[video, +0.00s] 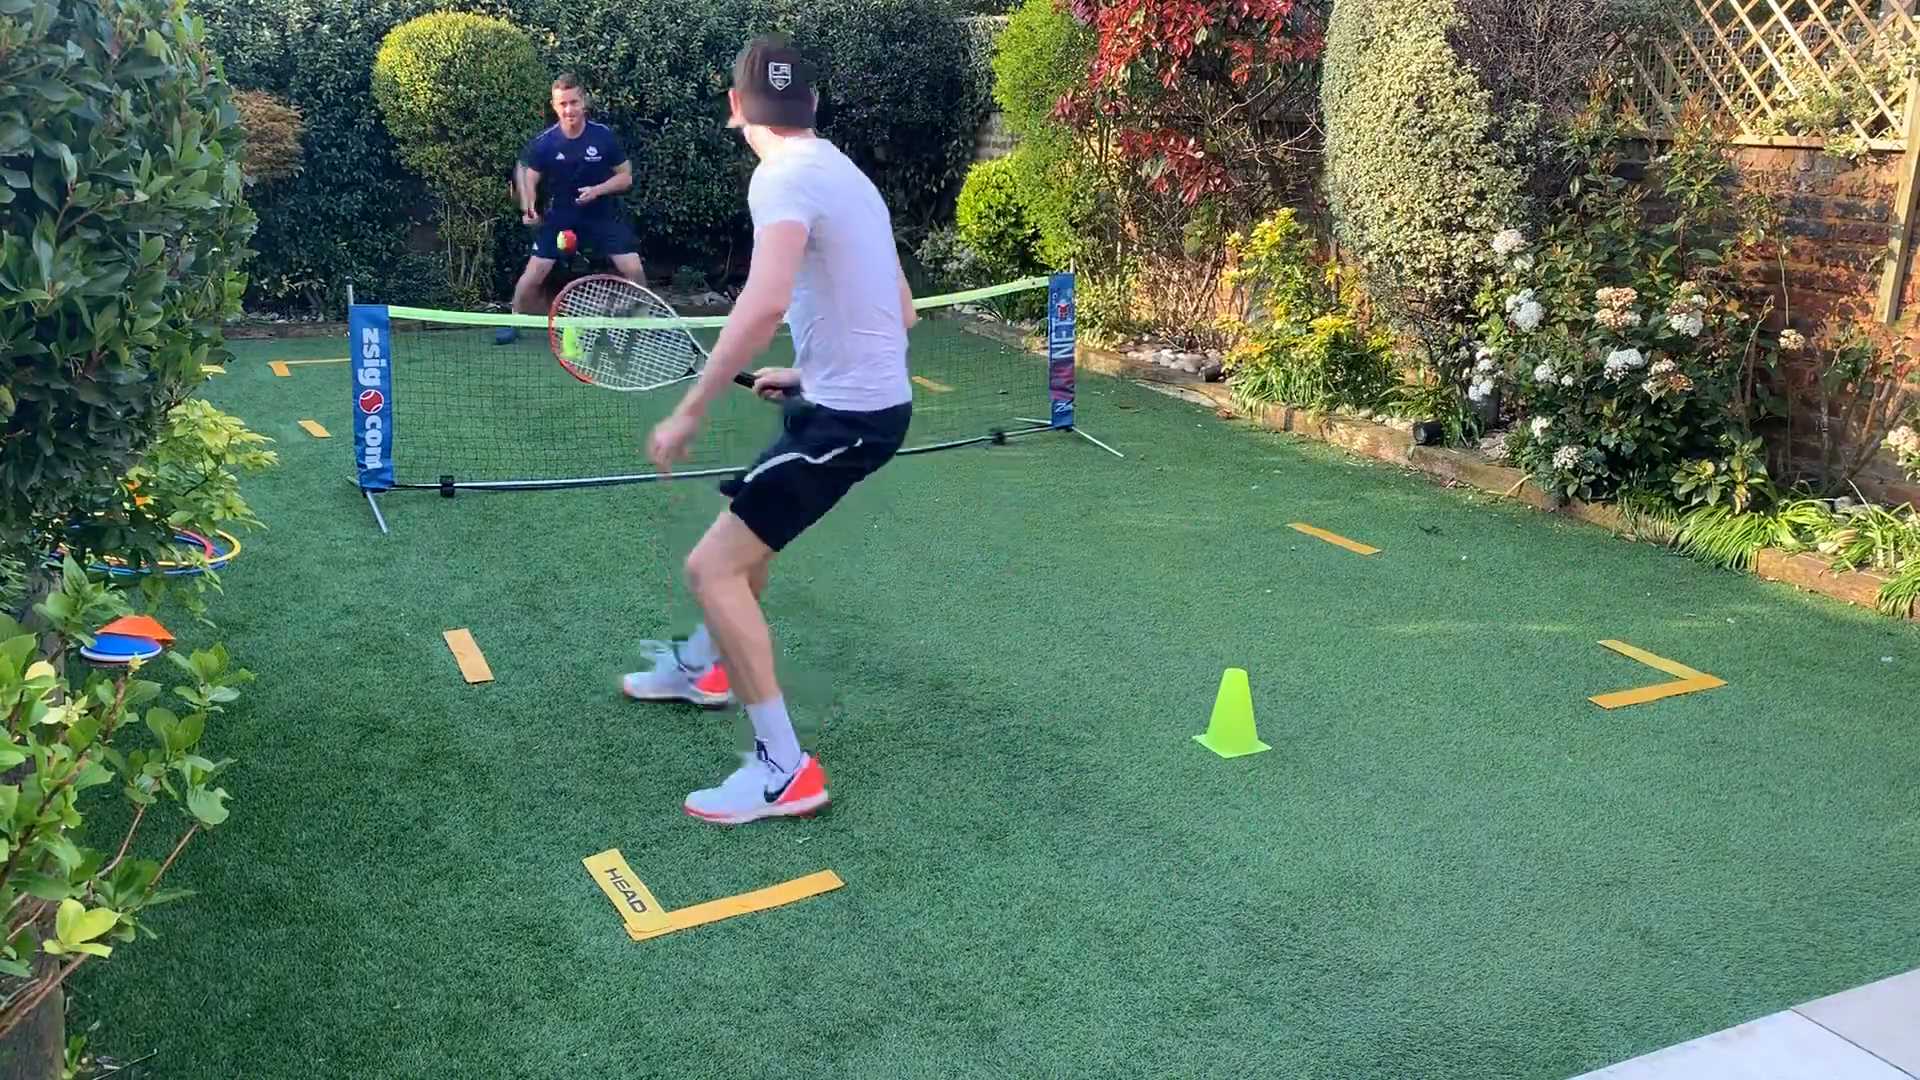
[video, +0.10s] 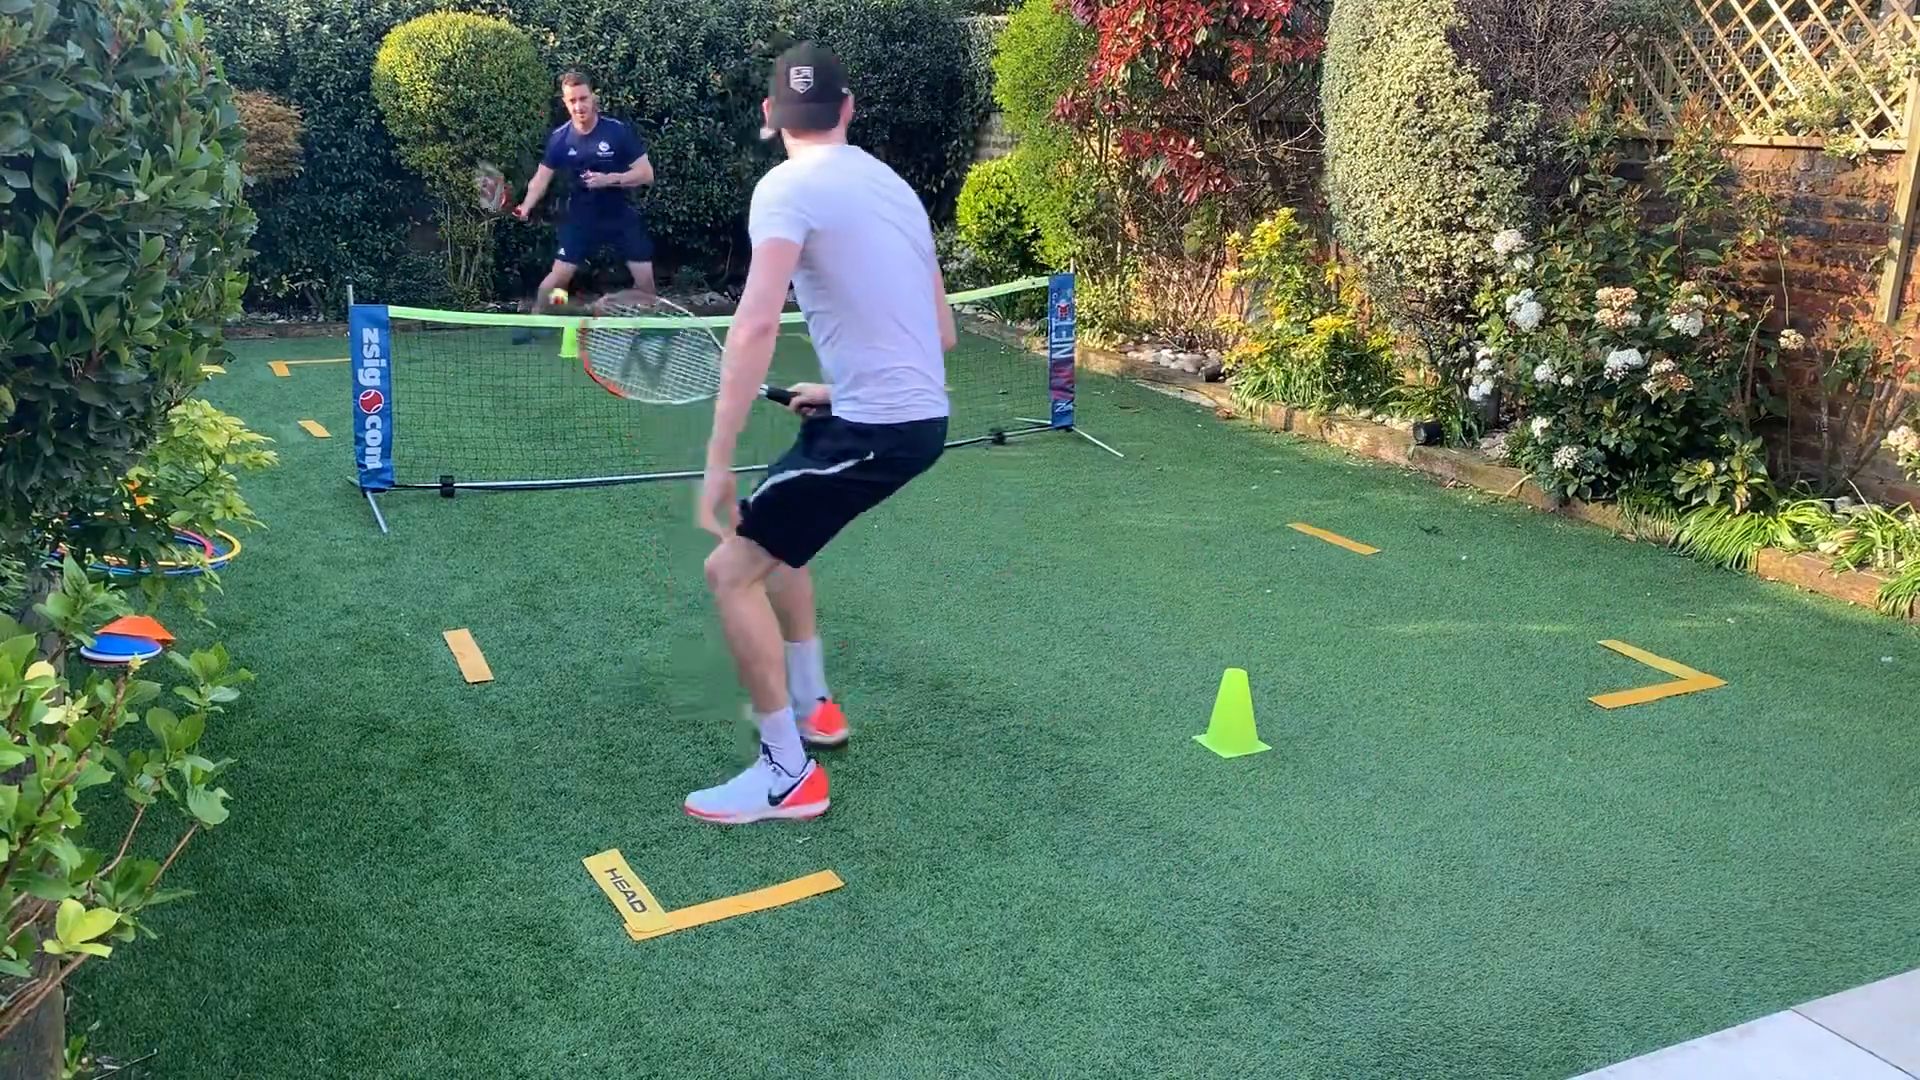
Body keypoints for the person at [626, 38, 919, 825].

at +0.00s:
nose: (730, 107)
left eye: (731, 97)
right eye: (735, 96)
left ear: (739, 107)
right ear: (809, 103)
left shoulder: (787, 176)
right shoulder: (842, 173)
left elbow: (765, 301)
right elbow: (899, 310)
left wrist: (689, 414)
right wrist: (805, 373)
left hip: (846, 410)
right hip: (865, 400)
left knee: (712, 571)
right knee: (744, 529)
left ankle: (783, 765)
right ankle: (707, 661)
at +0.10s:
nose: (787, 121)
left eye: (781, 110)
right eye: (830, 106)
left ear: (771, 118)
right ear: (850, 112)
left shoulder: (787, 190)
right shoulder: (893, 186)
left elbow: (757, 325)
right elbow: (939, 331)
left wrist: (720, 457)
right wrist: (841, 391)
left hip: (870, 425)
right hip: (916, 419)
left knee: (731, 571)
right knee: (772, 531)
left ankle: (785, 770)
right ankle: (809, 701)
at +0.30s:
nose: (889, 100)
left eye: (891, 88)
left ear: (896, 93)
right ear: (974, 92)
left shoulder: (890, 156)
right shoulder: (1029, 179)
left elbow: (898, 280)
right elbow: (1080, 316)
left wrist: (886, 424)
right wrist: (1018, 386)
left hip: (931, 425)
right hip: (1014, 434)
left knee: (820, 570)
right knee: (964, 615)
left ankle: (790, 770)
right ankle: (1092, 768)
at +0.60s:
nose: (1078, 47)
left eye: (1080, 34)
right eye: (1087, 34)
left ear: (1088, 42)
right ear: (1171, 44)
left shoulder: (1075, 128)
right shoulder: (1243, 129)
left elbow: (993, 273)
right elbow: (1325, 256)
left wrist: (961, 373)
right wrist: (1280, 358)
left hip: (1172, 394)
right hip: (1257, 394)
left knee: (1093, 605)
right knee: (1184, 594)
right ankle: (1176, 811)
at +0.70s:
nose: (1145, 54)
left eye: (1147, 42)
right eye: (1153, 42)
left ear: (1154, 53)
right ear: (1240, 56)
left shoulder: (1133, 148)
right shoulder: (1307, 150)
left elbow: (1057, 300)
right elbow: (1397, 279)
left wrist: (1025, 374)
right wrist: (1360, 377)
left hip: (1227, 416)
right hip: (1316, 411)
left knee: (1217, 659)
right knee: (1271, 576)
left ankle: (1316, 897)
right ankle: (1314, 775)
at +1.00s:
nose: (1306, 122)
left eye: (1309, 108)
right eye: (1309, 106)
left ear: (1324, 116)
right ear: (1396, 114)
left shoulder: (1312, 216)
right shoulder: (1461, 202)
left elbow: (1306, 365)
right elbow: (1536, 343)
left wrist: (1283, 490)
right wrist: (1487, 429)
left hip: (1390, 471)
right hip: (1487, 462)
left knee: (1345, 675)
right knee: (1525, 637)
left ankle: (1364, 868)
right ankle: (1612, 832)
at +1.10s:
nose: (1322, 128)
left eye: (1325, 114)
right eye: (1325, 113)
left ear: (1345, 120)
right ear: (1408, 118)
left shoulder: (1343, 212)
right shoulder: (1472, 201)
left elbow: (1352, 355)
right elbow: (1535, 340)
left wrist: (1326, 478)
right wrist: (1468, 402)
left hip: (1412, 453)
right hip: (1510, 449)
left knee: (1349, 600)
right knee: (1532, 634)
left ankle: (1419, 769)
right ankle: (1608, 823)